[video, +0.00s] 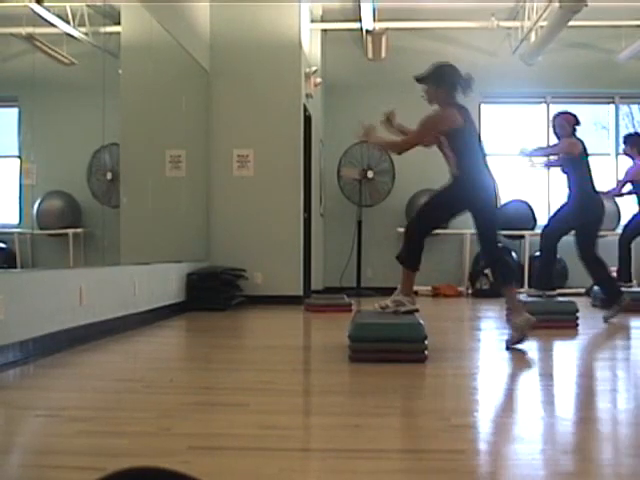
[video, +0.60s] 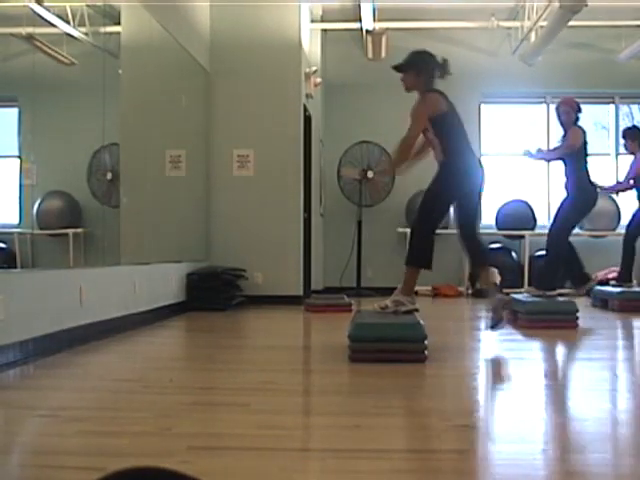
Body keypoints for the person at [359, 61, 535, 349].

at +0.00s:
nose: (424, 91)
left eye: (428, 87)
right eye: (425, 87)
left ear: (441, 88)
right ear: (449, 89)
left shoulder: (440, 118)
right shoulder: (460, 113)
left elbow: (401, 147)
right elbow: (428, 139)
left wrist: (374, 139)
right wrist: (398, 127)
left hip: (463, 187)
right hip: (484, 187)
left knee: (416, 228)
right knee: (492, 249)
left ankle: (404, 296)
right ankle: (517, 312)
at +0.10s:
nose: (407, 79)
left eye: (411, 74)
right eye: (407, 74)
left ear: (423, 75)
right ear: (431, 75)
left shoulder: (423, 103)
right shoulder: (446, 99)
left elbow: (406, 146)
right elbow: (445, 147)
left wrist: (385, 169)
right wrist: (417, 159)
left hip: (449, 173)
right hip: (472, 172)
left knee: (416, 227)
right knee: (468, 234)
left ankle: (405, 296)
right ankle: (487, 293)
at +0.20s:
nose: (391, 79)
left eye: (394, 74)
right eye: (391, 74)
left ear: (408, 75)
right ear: (417, 75)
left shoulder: (410, 101)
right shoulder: (436, 96)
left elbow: (426, 136)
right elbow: (468, 119)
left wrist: (430, 171)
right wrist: (477, 152)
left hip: (443, 168)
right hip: (466, 167)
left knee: (415, 223)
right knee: (448, 227)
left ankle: (405, 293)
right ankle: (456, 279)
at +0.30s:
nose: (382, 88)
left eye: (385, 83)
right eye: (382, 83)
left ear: (398, 84)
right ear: (407, 85)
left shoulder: (404, 108)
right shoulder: (427, 102)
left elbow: (434, 114)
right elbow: (467, 100)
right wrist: (495, 122)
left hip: (441, 171)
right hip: (462, 172)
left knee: (404, 227)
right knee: (429, 227)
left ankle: (403, 295)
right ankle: (428, 277)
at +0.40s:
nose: (381, 90)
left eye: (385, 85)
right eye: (381, 85)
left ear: (398, 87)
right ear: (406, 87)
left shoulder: (403, 110)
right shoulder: (425, 105)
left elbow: (435, 117)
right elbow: (464, 103)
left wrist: (462, 141)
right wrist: (488, 124)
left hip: (439, 175)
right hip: (460, 177)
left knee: (401, 229)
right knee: (428, 229)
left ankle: (403, 295)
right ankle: (428, 278)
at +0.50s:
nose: (388, 79)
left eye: (392, 74)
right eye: (388, 74)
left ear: (406, 76)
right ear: (412, 77)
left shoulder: (411, 103)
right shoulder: (429, 99)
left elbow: (424, 135)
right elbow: (458, 124)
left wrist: (436, 172)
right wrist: (455, 156)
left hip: (442, 168)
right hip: (464, 169)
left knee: (415, 224)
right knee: (446, 227)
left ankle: (404, 293)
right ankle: (458, 283)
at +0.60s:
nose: (401, 78)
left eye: (406, 73)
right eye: (402, 73)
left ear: (420, 74)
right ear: (426, 75)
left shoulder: (426, 102)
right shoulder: (439, 100)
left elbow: (409, 142)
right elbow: (424, 145)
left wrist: (388, 168)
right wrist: (398, 167)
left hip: (452, 172)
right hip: (471, 171)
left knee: (423, 226)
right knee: (469, 232)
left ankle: (405, 294)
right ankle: (491, 286)